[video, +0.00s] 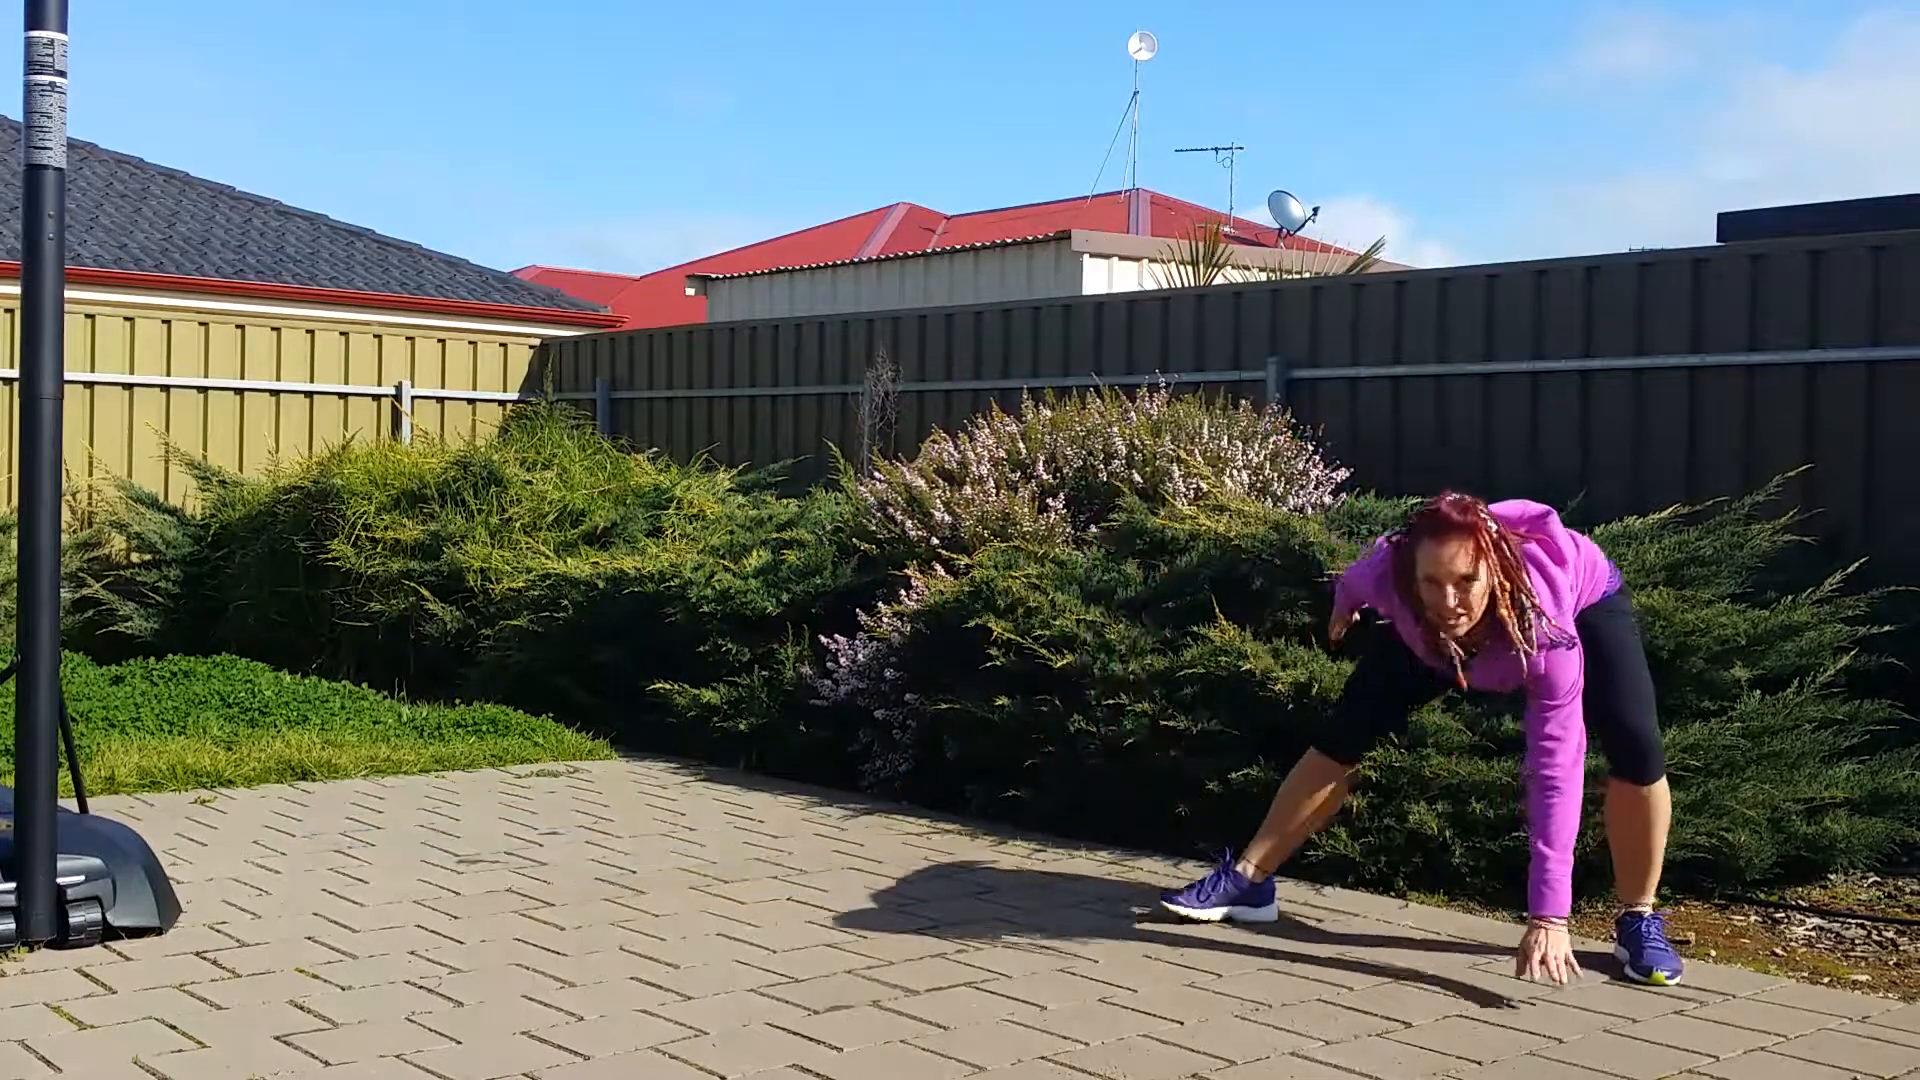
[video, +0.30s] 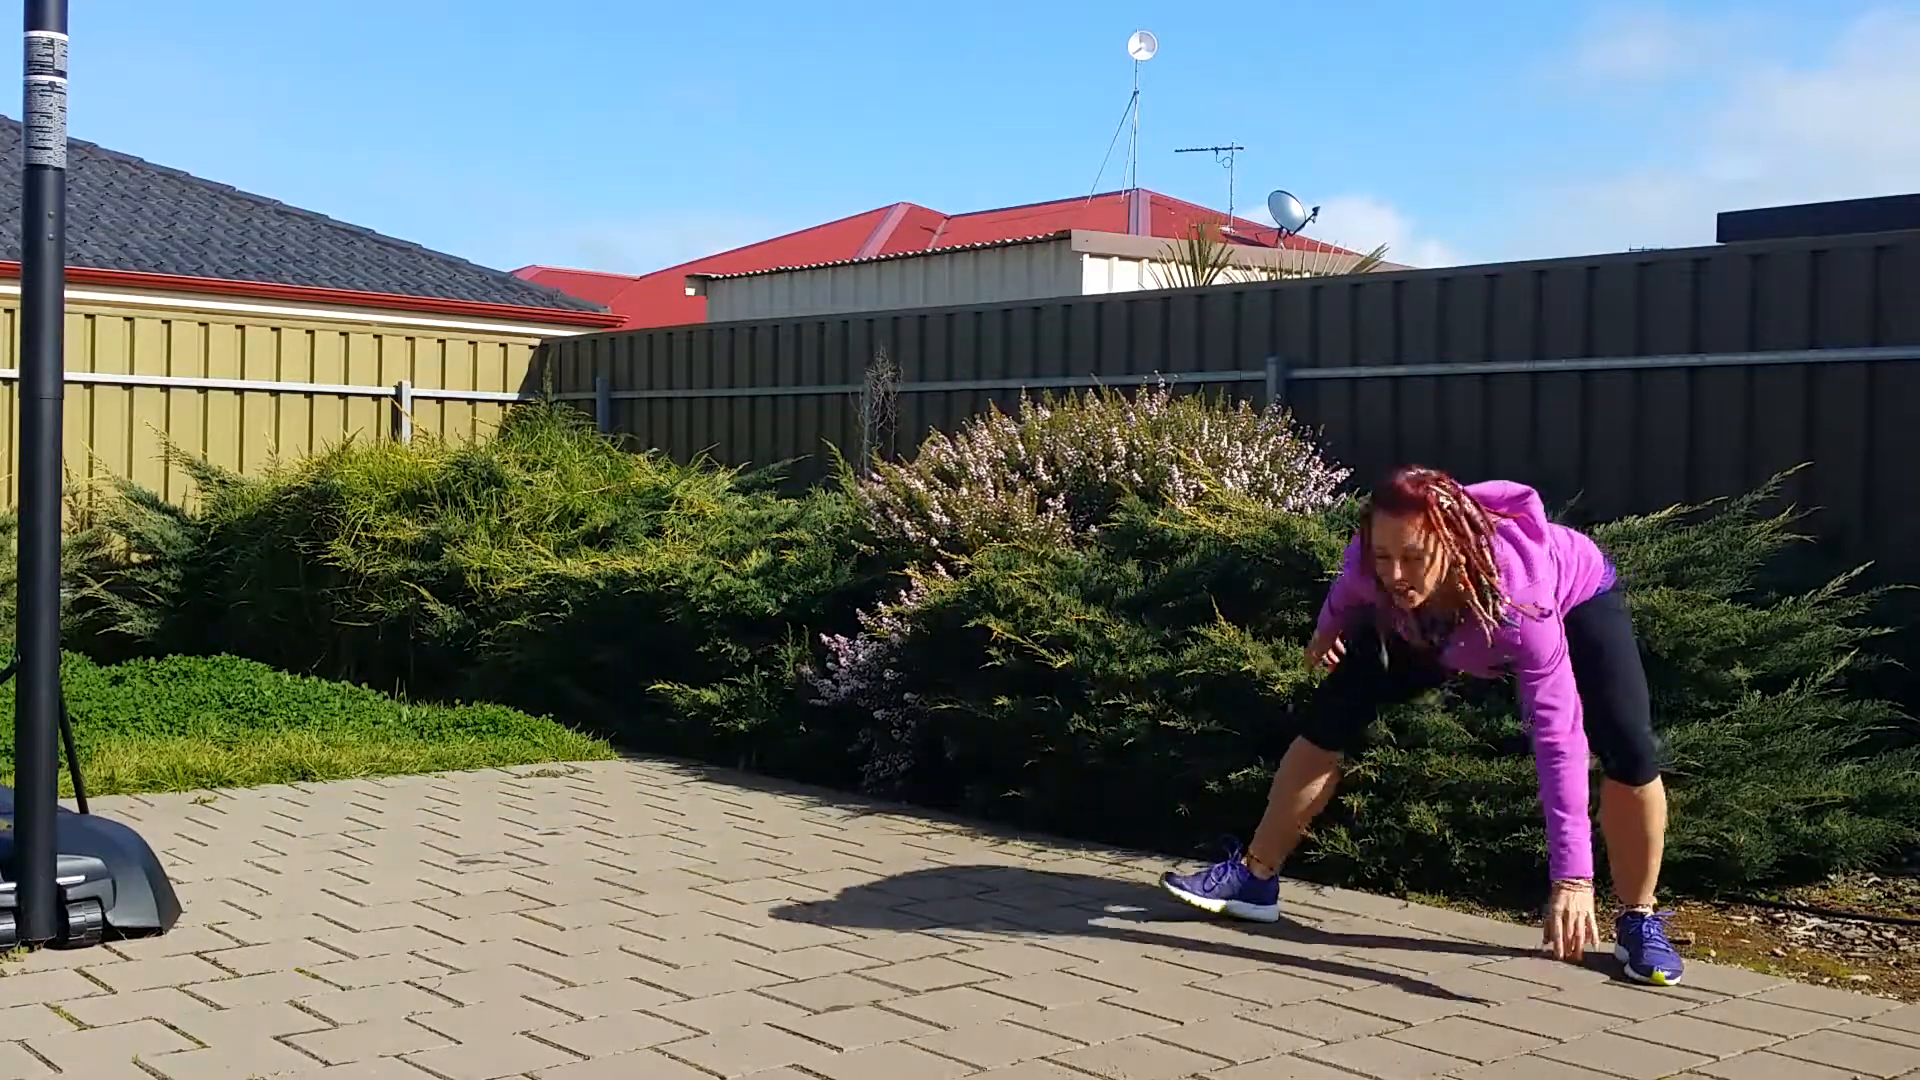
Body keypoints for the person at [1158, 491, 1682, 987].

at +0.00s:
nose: (1448, 599)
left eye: (1464, 581)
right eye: (1431, 581)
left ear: (1493, 573)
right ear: (1408, 570)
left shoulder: (1547, 625)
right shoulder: (1390, 572)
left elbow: (1554, 771)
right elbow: (1353, 583)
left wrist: (1546, 917)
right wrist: (1337, 609)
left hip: (1575, 606)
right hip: (1434, 627)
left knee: (1639, 746)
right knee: (1347, 732)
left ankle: (1640, 922)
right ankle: (1246, 878)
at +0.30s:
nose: (1393, 573)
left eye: (1411, 558)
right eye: (1381, 556)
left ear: (1449, 550)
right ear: (1366, 544)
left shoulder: (1518, 594)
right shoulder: (1373, 552)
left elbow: (1557, 736)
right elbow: (1354, 578)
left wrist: (1572, 877)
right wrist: (1330, 621)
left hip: (1571, 604)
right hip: (1445, 615)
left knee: (1632, 749)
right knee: (1333, 710)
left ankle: (1641, 922)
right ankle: (1255, 876)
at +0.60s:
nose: (1178, 424)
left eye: (1191, 412)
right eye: (1176, 409)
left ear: (1237, 412)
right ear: (1185, 409)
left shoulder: (1320, 455)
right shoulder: (1188, 459)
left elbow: (1403, 530)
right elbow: (1182, 531)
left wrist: (1476, 600)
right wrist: (1141, 609)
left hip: (1370, 579)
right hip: (1263, 584)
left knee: (1456, 722)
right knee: (1200, 707)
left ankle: (1570, 893)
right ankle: (1241, 883)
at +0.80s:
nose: (1082, 348)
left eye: (1094, 334)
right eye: (1084, 333)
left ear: (1137, 339)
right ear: (1108, 337)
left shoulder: (1227, 392)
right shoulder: (1099, 388)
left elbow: (1306, 474)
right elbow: (1078, 460)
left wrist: (1382, 554)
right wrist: (1023, 525)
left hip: (1256, 516)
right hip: (1164, 513)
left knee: (1243, 656)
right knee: (1103, 638)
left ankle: (1207, 843)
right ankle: (1146, 817)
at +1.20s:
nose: (858, 360)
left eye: (870, 349)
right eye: (858, 346)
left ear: (919, 354)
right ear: (905, 354)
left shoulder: (985, 411)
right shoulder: (857, 408)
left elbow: (1052, 494)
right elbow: (834, 486)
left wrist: (1120, 566)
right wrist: (784, 553)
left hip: (996, 556)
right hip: (906, 556)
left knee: (1044, 687)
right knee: (839, 676)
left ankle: (1121, 844)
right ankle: (856, 829)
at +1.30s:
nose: (807, 333)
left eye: (819, 323)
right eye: (808, 321)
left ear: (864, 332)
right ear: (821, 324)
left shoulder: (934, 390)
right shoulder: (803, 383)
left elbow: (1001, 465)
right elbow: (776, 460)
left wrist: (1073, 538)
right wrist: (729, 529)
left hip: (943, 520)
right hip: (854, 521)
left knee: (962, 653)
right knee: (815, 658)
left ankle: (973, 814)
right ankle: (842, 810)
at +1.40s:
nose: (767, 330)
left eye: (779, 320)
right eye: (767, 317)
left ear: (820, 329)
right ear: (769, 319)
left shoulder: (889, 380)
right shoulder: (763, 375)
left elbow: (963, 451)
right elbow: (734, 457)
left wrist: (1041, 512)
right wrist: (682, 534)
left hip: (901, 503)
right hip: (817, 497)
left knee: (879, 635)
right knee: (771, 623)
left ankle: (838, 776)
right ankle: (777, 775)